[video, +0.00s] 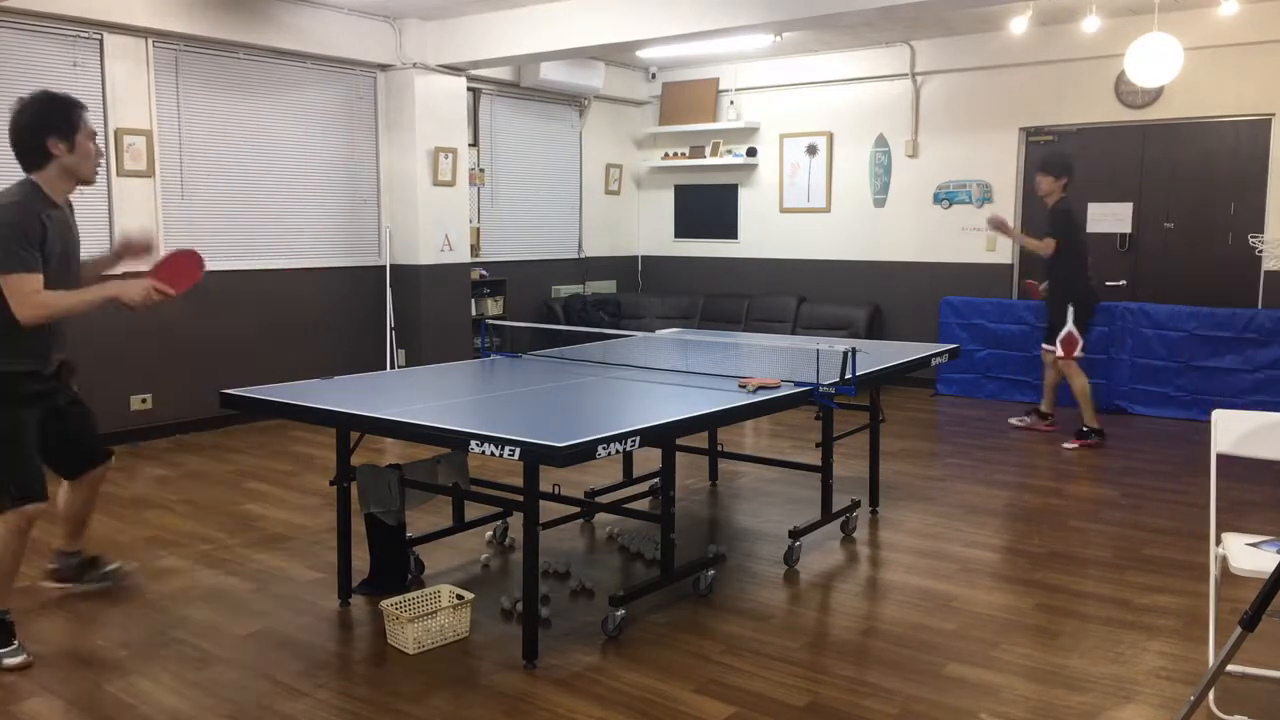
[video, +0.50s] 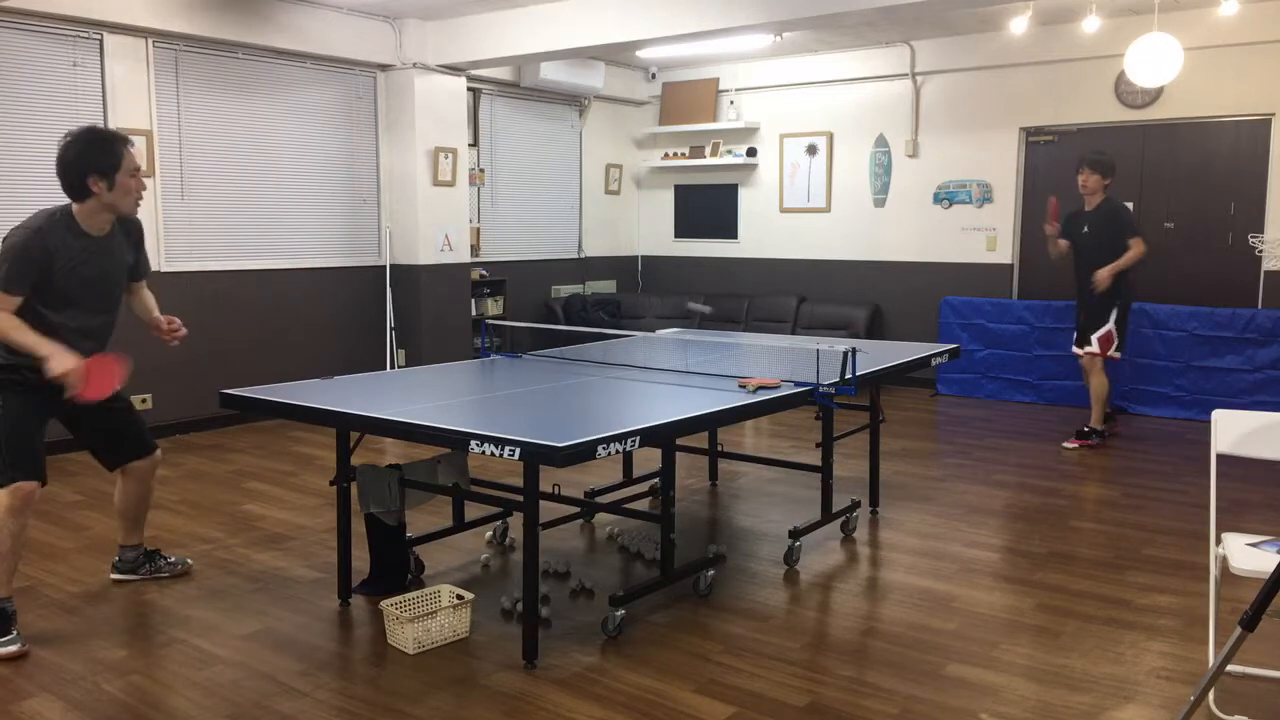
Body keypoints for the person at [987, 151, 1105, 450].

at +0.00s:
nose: (1037, 183)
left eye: (1043, 178)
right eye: (1037, 177)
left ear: (1061, 181)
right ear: (1052, 182)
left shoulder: (1062, 211)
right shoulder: (1059, 211)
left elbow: (1047, 248)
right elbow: (1071, 260)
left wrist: (1010, 232)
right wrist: (1049, 285)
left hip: (1074, 295)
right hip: (1062, 294)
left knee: (1066, 360)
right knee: (1050, 354)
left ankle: (1092, 428)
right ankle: (1045, 413)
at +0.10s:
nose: (1048, 180)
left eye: (1054, 175)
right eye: (1047, 175)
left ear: (1073, 178)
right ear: (1058, 179)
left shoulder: (1073, 209)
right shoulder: (1072, 210)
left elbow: (1056, 252)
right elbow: (1066, 264)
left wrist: (1017, 255)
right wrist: (1033, 279)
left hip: (1083, 296)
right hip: (1072, 294)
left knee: (1073, 360)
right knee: (1063, 355)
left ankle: (1092, 428)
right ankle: (1055, 412)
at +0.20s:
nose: (1058, 177)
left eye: (1065, 171)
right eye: (1058, 171)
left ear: (1083, 176)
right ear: (1064, 176)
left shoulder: (1083, 208)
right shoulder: (1070, 210)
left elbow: (1071, 251)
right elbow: (1054, 254)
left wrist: (1034, 274)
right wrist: (1015, 257)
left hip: (1092, 294)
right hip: (1078, 293)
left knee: (1082, 361)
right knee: (1073, 356)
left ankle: (1094, 429)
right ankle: (1077, 415)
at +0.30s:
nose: (1068, 175)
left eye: (1075, 170)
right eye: (1067, 169)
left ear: (1092, 175)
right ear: (1066, 174)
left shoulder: (1095, 208)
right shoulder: (1071, 214)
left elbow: (1092, 250)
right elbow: (1046, 247)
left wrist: (1053, 279)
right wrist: (1023, 232)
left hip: (1098, 292)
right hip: (1081, 292)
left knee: (1086, 358)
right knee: (1077, 355)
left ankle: (1095, 428)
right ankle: (1096, 417)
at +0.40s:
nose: (1075, 176)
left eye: (1083, 170)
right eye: (1074, 170)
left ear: (1100, 176)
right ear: (1074, 175)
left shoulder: (1107, 208)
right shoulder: (1073, 214)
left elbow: (1116, 249)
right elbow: (1049, 245)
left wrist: (1079, 277)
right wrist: (1036, 227)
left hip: (1105, 291)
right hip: (1084, 291)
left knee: (1088, 357)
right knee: (1081, 355)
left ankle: (1095, 429)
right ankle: (1107, 410)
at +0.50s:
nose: (1083, 180)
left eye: (1091, 175)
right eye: (1081, 174)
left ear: (1106, 181)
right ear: (1077, 178)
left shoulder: (1117, 211)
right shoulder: (1075, 218)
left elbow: (1138, 247)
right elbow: (1059, 254)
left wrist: (1111, 270)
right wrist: (1052, 238)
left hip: (1111, 296)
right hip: (1086, 296)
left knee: (1093, 360)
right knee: (1087, 359)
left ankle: (1095, 428)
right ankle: (1104, 415)